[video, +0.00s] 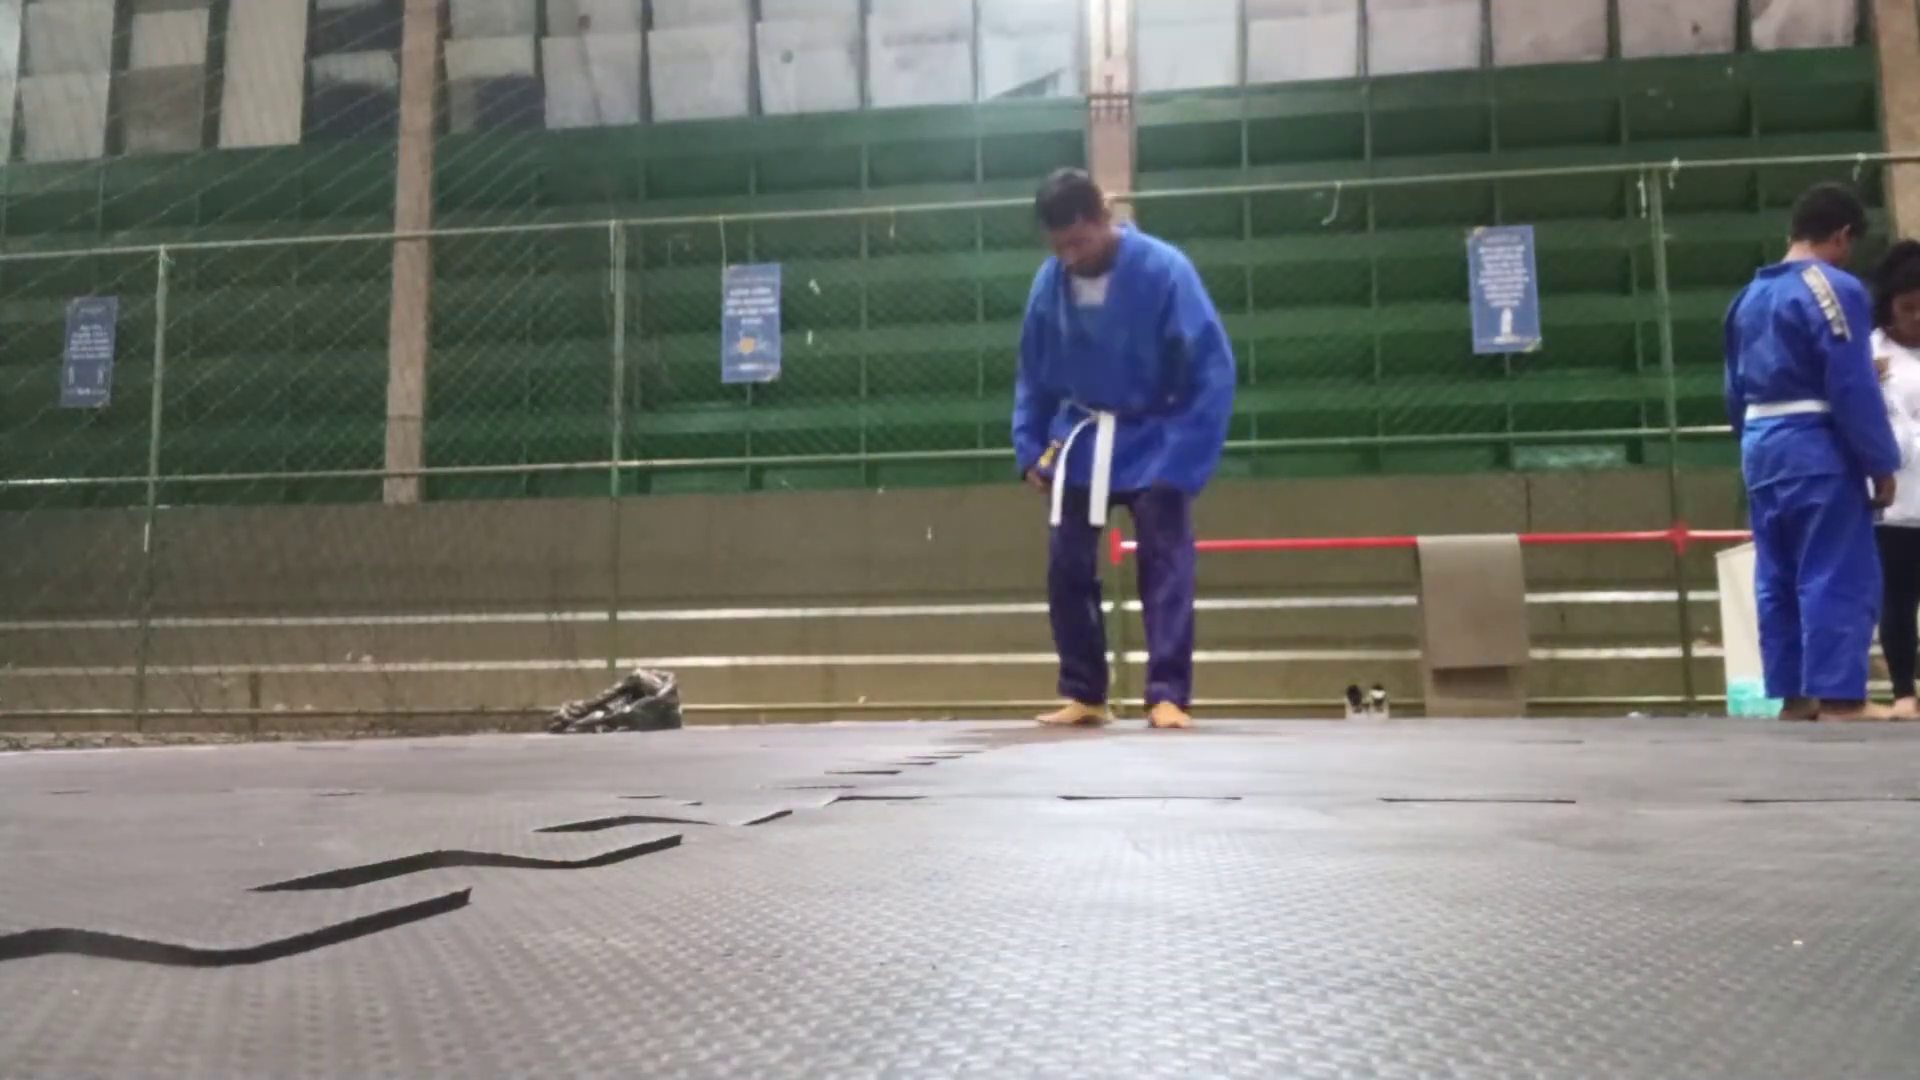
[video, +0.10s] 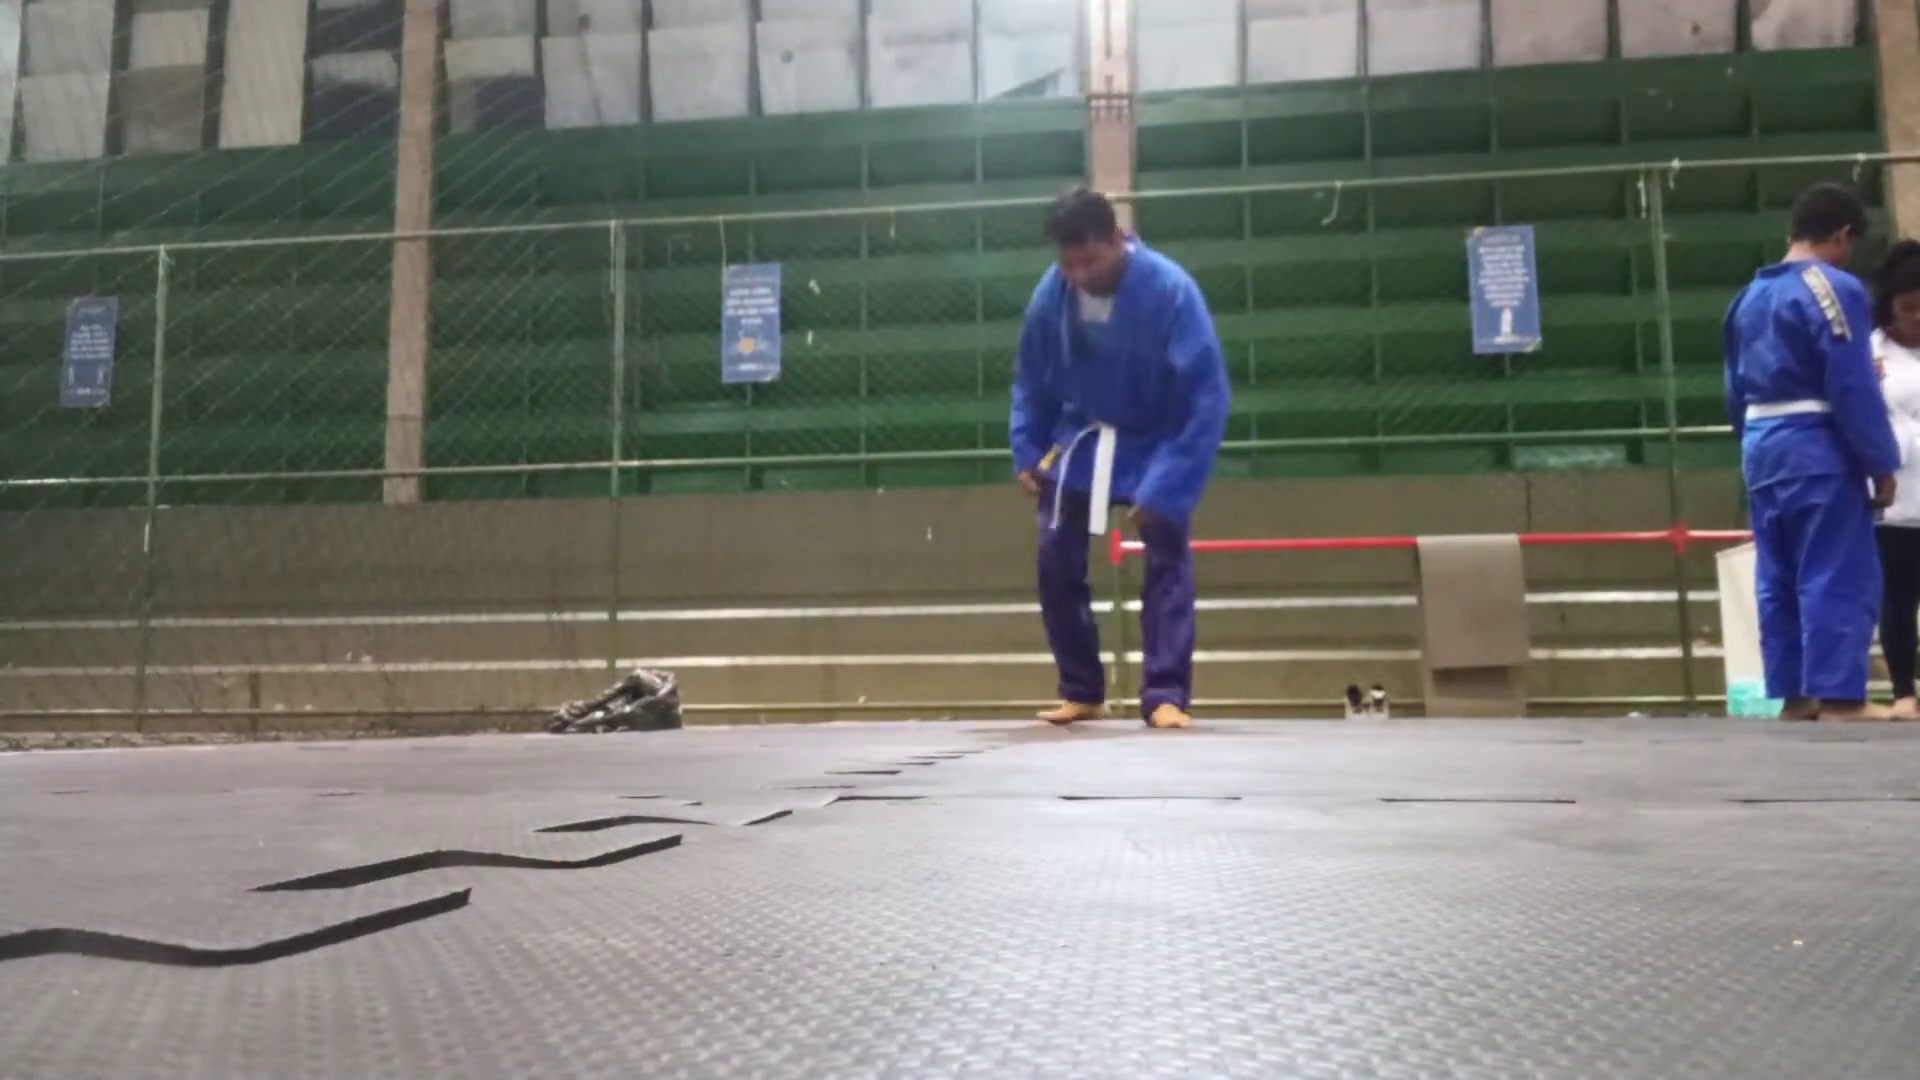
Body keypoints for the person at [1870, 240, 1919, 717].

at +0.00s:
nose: (1914, 316)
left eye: (1917, 307)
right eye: (1907, 307)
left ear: (1919, 307)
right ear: (1888, 307)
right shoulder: (1872, 351)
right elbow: (1850, 412)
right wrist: (1862, 383)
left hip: (1911, 498)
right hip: (1894, 498)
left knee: (1906, 604)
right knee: (1898, 604)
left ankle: (1908, 688)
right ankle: (1904, 690)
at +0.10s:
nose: (1914, 316)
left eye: (1917, 306)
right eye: (1907, 306)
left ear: (1919, 306)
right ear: (1889, 306)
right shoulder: (1872, 352)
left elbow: (1864, 417)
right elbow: (1857, 415)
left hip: (1911, 498)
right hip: (1893, 498)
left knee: (1906, 604)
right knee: (1898, 604)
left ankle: (1908, 689)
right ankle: (1904, 690)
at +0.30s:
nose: (1913, 317)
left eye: (1917, 307)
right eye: (1907, 307)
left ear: (1919, 307)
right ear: (1889, 306)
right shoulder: (1874, 351)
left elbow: (1864, 415)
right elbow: (1858, 414)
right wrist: (1873, 467)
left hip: (1912, 497)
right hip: (1894, 497)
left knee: (1906, 604)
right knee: (1898, 603)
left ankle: (1908, 689)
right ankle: (1904, 690)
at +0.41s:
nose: (1913, 317)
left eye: (1917, 307)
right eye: (1907, 307)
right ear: (1889, 307)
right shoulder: (1874, 352)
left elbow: (1865, 416)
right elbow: (1859, 414)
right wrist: (1874, 466)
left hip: (1912, 497)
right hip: (1895, 497)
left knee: (1906, 604)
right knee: (1898, 604)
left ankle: (1908, 689)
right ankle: (1904, 690)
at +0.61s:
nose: (1916, 317)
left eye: (1919, 307)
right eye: (1909, 306)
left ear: (1919, 306)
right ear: (1890, 305)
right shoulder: (1873, 351)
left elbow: (1865, 414)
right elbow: (1860, 414)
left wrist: (1878, 463)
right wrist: (1876, 465)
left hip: (1914, 497)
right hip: (1895, 498)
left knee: (1907, 603)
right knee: (1898, 603)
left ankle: (1908, 689)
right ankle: (1903, 690)